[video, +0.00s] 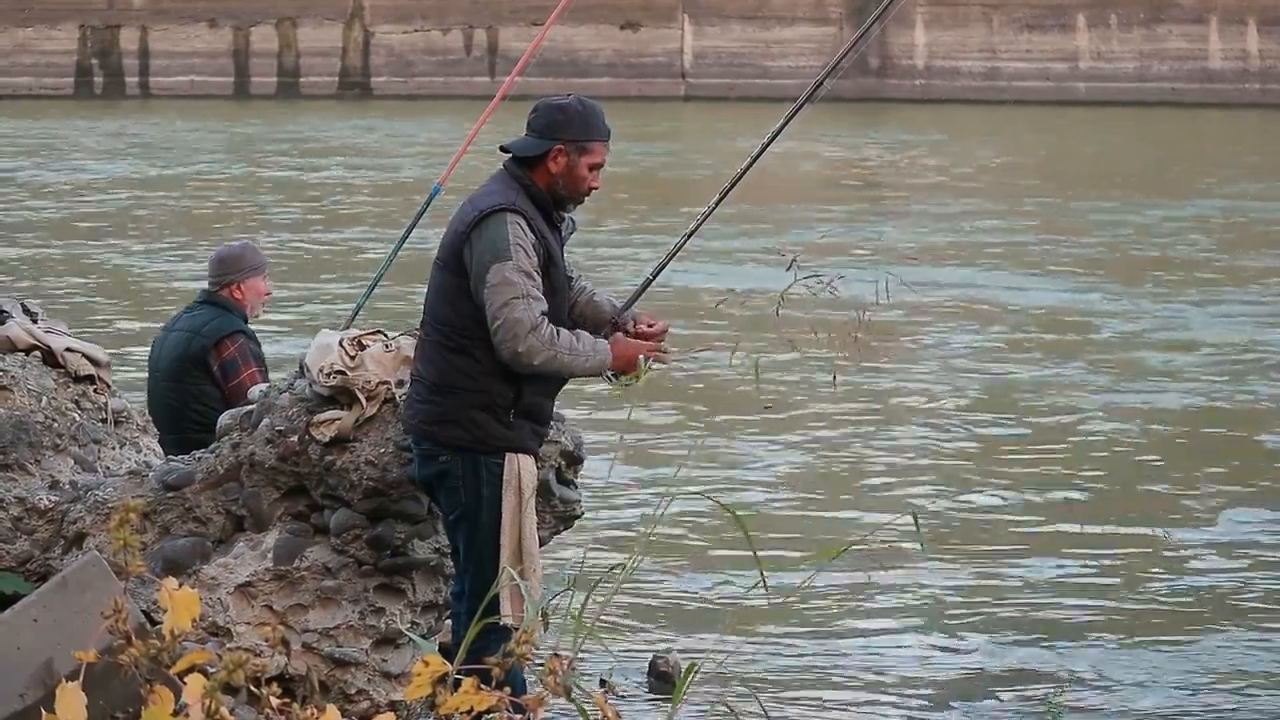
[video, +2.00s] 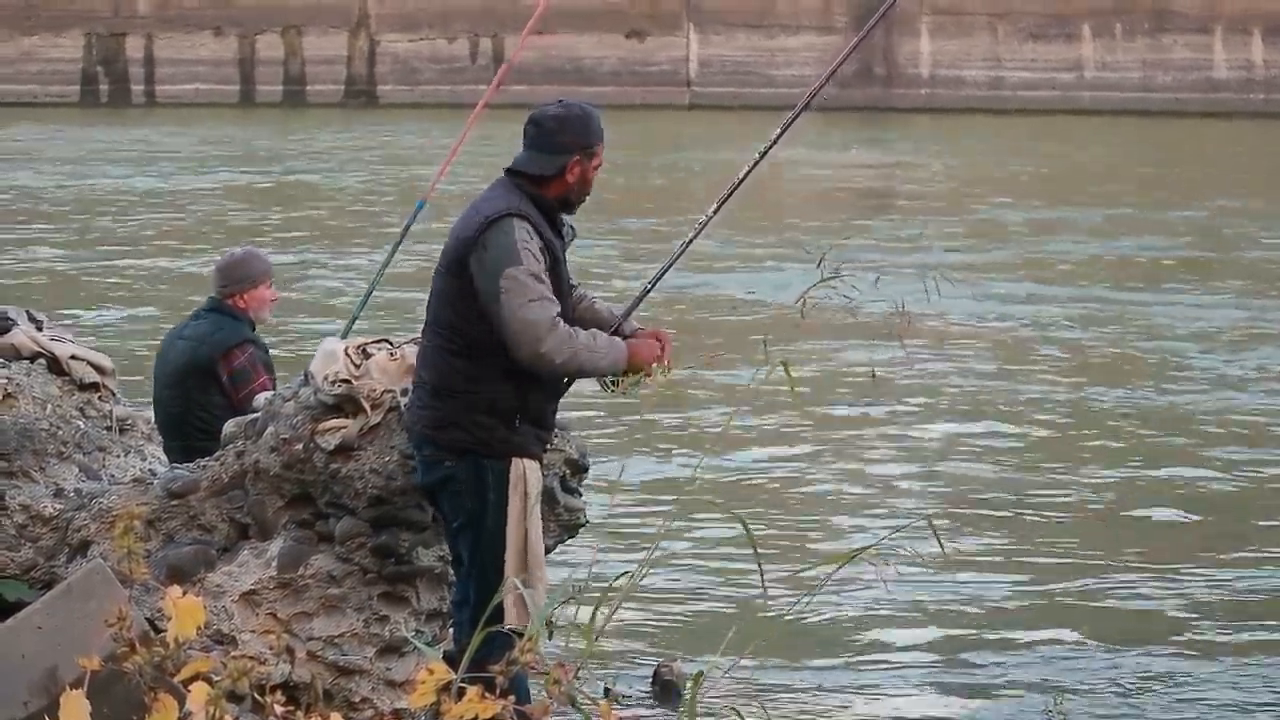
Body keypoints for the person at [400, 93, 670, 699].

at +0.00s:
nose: (598, 180)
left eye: (601, 167)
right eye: (593, 167)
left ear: (559, 159)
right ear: (555, 159)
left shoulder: (532, 216)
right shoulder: (504, 223)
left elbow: (561, 296)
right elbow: (522, 340)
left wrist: (618, 321)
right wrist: (609, 354)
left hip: (492, 433)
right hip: (468, 438)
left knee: (494, 592)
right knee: (489, 596)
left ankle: (487, 709)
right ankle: (488, 711)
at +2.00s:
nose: (598, 172)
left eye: (598, 161)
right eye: (595, 162)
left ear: (554, 161)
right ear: (571, 167)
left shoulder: (532, 220)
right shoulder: (508, 228)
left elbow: (564, 303)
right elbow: (539, 340)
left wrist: (626, 329)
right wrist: (623, 353)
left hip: (492, 437)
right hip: (469, 443)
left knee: (497, 587)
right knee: (489, 590)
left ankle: (488, 705)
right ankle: (487, 708)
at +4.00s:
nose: (592, 175)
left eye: (592, 163)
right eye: (589, 163)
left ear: (540, 162)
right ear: (572, 168)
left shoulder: (529, 222)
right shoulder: (511, 230)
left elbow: (561, 306)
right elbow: (545, 341)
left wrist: (626, 330)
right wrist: (624, 345)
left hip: (490, 440)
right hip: (472, 445)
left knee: (497, 591)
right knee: (493, 595)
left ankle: (490, 709)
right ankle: (489, 712)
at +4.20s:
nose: (591, 174)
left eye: (591, 163)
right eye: (589, 163)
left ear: (541, 162)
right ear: (571, 168)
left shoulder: (528, 222)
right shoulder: (511, 229)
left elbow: (563, 307)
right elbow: (547, 341)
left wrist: (627, 331)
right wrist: (625, 344)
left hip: (490, 440)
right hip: (473, 445)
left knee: (495, 591)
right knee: (494, 595)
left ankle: (487, 709)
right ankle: (488, 712)